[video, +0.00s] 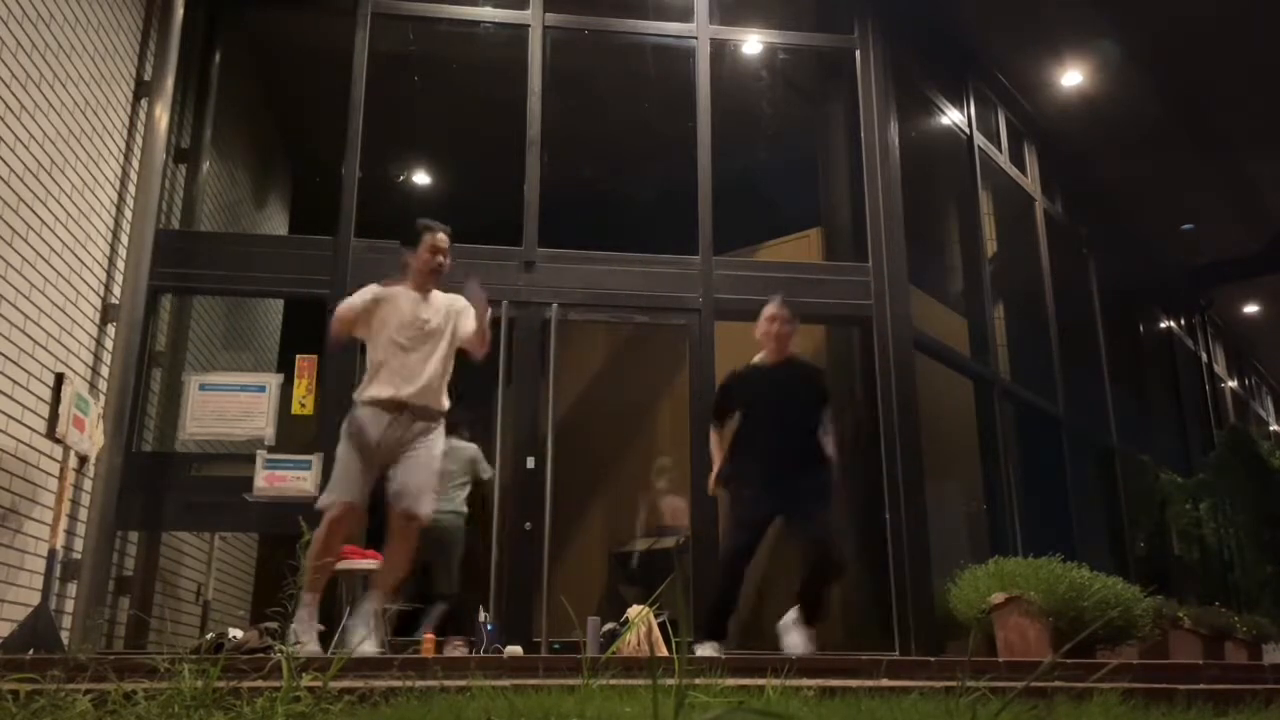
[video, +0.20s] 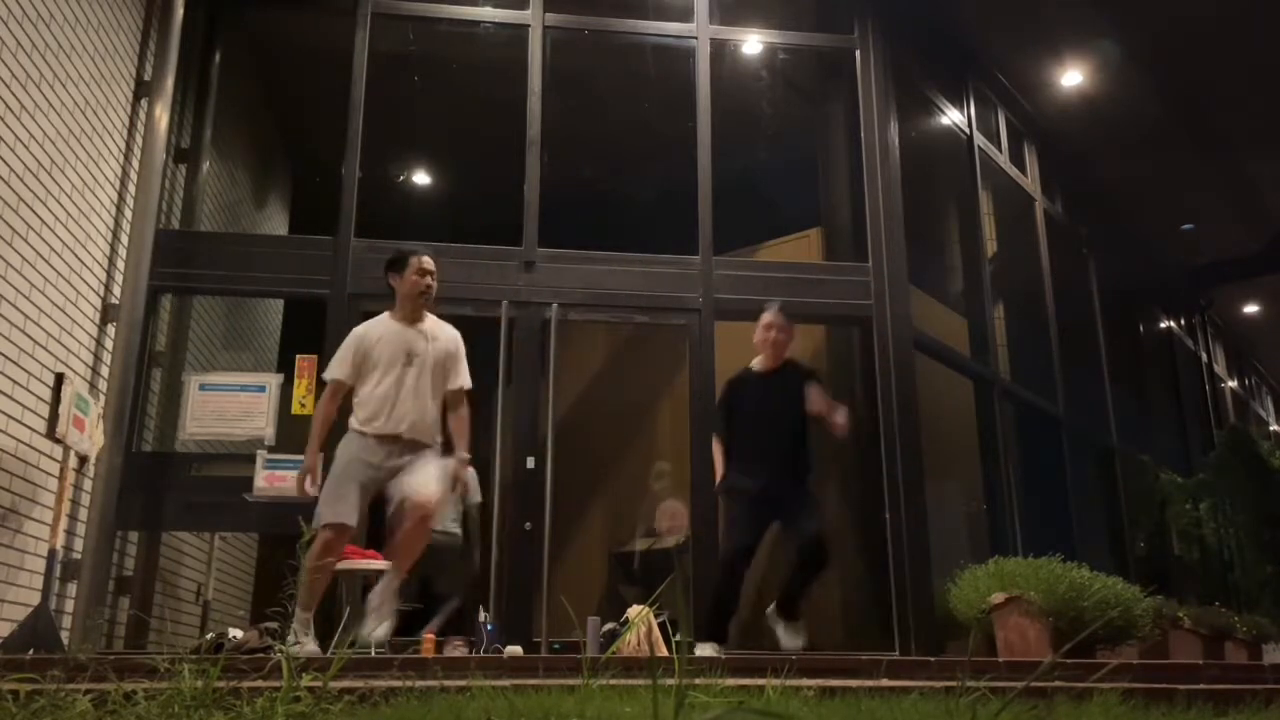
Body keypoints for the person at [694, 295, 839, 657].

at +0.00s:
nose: (777, 328)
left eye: (784, 321)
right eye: (770, 320)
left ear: (795, 329)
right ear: (757, 328)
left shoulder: (812, 376)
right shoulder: (743, 378)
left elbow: (827, 425)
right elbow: (715, 422)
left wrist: (836, 462)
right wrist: (719, 463)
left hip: (804, 479)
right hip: (753, 480)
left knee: (825, 554)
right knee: (734, 558)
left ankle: (799, 620)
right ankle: (711, 638)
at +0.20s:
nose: (774, 335)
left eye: (781, 330)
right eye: (768, 328)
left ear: (791, 337)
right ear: (756, 335)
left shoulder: (803, 380)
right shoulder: (738, 385)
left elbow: (841, 424)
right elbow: (718, 433)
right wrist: (721, 477)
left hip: (792, 484)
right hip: (746, 486)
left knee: (815, 549)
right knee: (734, 558)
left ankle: (785, 612)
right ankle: (712, 639)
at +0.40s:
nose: (816, 308)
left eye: (823, 302)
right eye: (810, 302)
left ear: (835, 308)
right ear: (798, 307)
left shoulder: (850, 342)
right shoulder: (788, 345)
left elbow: (884, 370)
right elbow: (752, 358)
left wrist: (833, 346)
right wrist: (745, 396)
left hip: (841, 452)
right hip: (791, 451)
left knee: (856, 526)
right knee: (757, 514)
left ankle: (850, 612)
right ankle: (747, 600)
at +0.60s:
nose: (859, 329)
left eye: (866, 323)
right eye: (853, 322)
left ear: (876, 332)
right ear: (840, 329)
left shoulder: (889, 382)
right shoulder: (824, 376)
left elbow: (905, 436)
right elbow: (795, 405)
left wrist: (877, 462)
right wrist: (792, 439)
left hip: (874, 481)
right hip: (826, 476)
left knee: (877, 563)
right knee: (811, 545)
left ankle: (865, 639)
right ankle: (857, 569)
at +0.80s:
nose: (877, 333)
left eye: (884, 327)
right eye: (870, 326)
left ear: (894, 334)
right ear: (858, 333)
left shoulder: (917, 374)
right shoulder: (851, 387)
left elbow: (954, 416)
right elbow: (853, 446)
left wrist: (924, 418)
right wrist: (898, 418)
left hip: (925, 475)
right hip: (880, 483)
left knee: (891, 524)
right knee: (927, 556)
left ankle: (891, 626)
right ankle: (977, 633)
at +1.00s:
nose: (890, 311)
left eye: (896, 303)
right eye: (882, 303)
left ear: (908, 304)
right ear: (872, 307)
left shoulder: (934, 337)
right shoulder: (869, 349)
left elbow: (979, 335)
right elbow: (840, 366)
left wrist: (919, 324)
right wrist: (882, 334)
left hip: (947, 440)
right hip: (903, 448)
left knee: (944, 518)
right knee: (919, 530)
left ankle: (991, 603)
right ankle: (957, 612)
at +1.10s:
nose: (891, 324)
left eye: (897, 315)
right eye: (884, 318)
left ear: (914, 314)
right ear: (878, 324)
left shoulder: (945, 346)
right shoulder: (880, 362)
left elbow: (969, 321)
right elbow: (836, 361)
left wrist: (916, 315)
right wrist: (870, 324)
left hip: (956, 450)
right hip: (909, 456)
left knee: (984, 538)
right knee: (886, 506)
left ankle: (1040, 625)